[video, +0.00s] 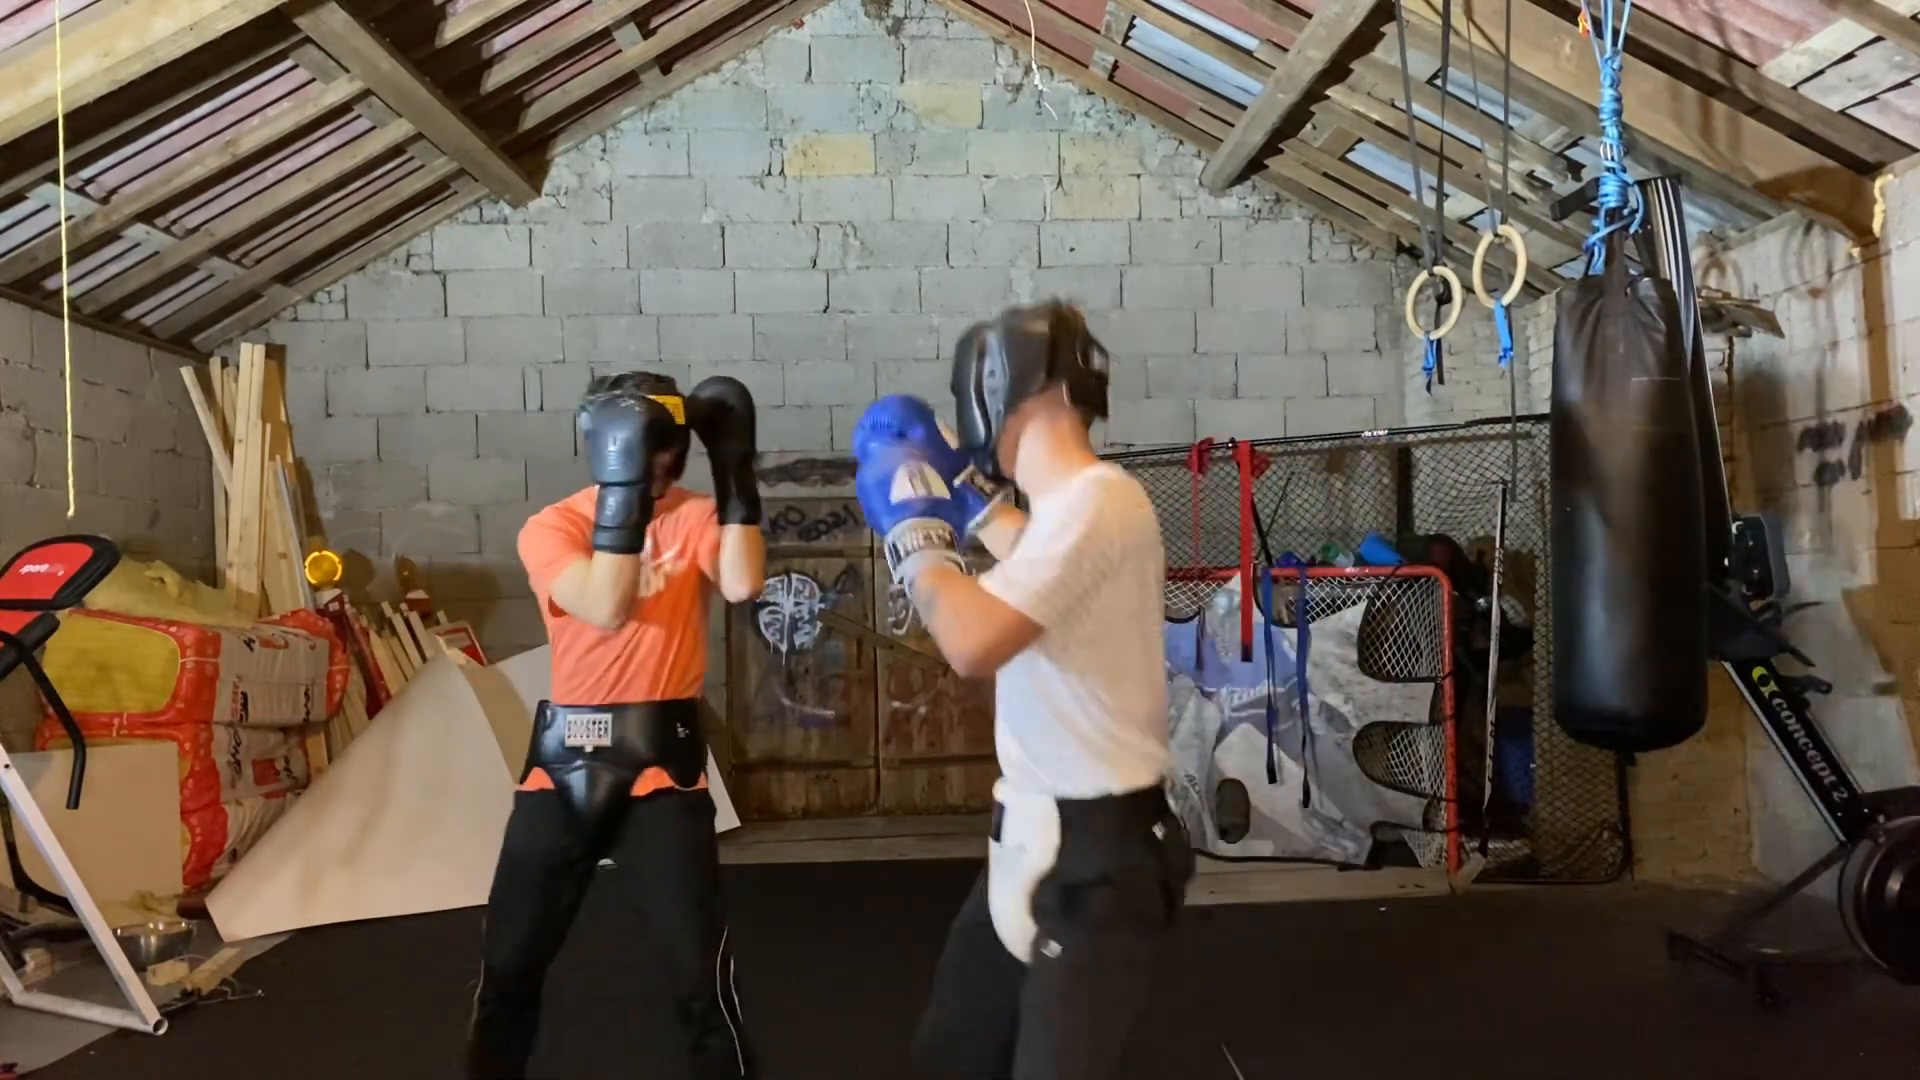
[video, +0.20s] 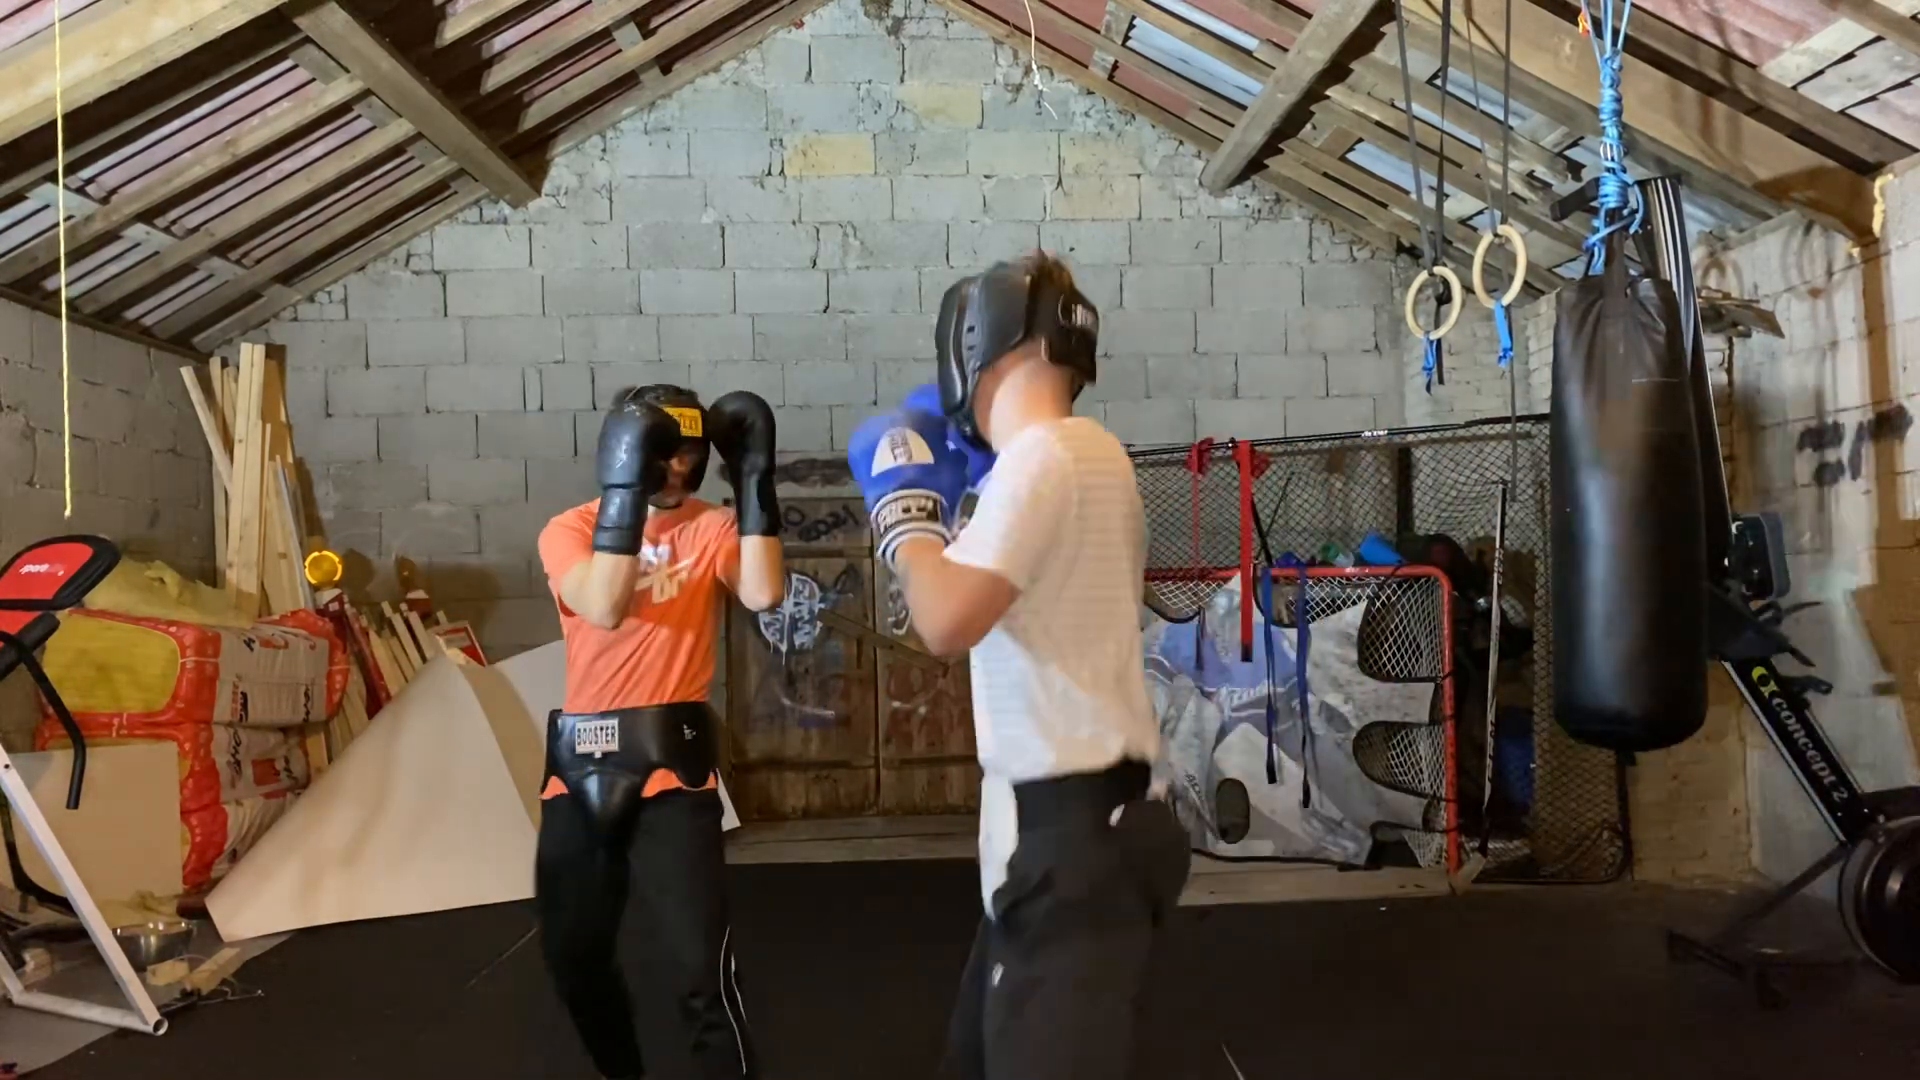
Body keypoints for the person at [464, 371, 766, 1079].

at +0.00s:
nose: (653, 458)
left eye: (664, 445)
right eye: (638, 441)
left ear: (682, 452)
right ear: (602, 444)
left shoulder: (694, 516)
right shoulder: (549, 528)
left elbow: (743, 582)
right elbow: (605, 605)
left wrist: (734, 465)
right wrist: (623, 487)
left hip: (664, 766)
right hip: (564, 763)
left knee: (698, 976)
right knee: (507, 971)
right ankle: (492, 1073)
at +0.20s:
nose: (674, 464)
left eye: (686, 451)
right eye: (661, 448)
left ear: (696, 463)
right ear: (625, 451)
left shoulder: (711, 526)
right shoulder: (569, 531)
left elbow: (762, 591)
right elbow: (602, 603)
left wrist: (754, 474)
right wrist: (627, 487)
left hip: (674, 769)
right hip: (580, 772)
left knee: (698, 969)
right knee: (573, 957)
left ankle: (724, 1070)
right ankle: (623, 1072)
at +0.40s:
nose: (672, 469)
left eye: (685, 456)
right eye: (659, 454)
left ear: (698, 463)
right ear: (627, 456)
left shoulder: (717, 525)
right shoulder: (576, 534)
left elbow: (773, 611)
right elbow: (588, 615)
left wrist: (760, 498)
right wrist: (611, 499)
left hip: (695, 757)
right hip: (603, 763)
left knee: (714, 961)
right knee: (610, 964)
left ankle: (748, 1069)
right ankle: (628, 1074)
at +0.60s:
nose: (704, 472)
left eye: (719, 458)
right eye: (691, 455)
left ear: (735, 461)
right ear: (661, 455)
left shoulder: (752, 526)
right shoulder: (620, 533)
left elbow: (793, 619)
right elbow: (605, 609)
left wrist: (784, 510)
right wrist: (630, 500)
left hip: (729, 747)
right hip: (641, 752)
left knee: (762, 937)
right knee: (622, 945)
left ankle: (829, 1061)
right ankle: (632, 1072)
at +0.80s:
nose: (752, 459)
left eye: (765, 444)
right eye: (738, 442)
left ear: (780, 449)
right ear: (709, 445)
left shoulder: (801, 517)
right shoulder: (669, 524)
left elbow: (842, 604)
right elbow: (655, 604)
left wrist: (829, 492)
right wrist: (679, 499)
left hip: (783, 753)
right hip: (695, 755)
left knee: (808, 955)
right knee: (675, 941)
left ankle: (847, 1066)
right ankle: (659, 1066)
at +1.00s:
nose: (770, 455)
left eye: (781, 437)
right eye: (755, 438)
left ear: (803, 444)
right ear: (729, 446)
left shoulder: (818, 525)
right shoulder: (695, 523)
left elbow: (846, 621)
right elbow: (680, 606)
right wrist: (706, 492)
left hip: (799, 758)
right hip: (713, 757)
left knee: (809, 943)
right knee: (714, 928)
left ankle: (832, 1066)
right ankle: (762, 1062)